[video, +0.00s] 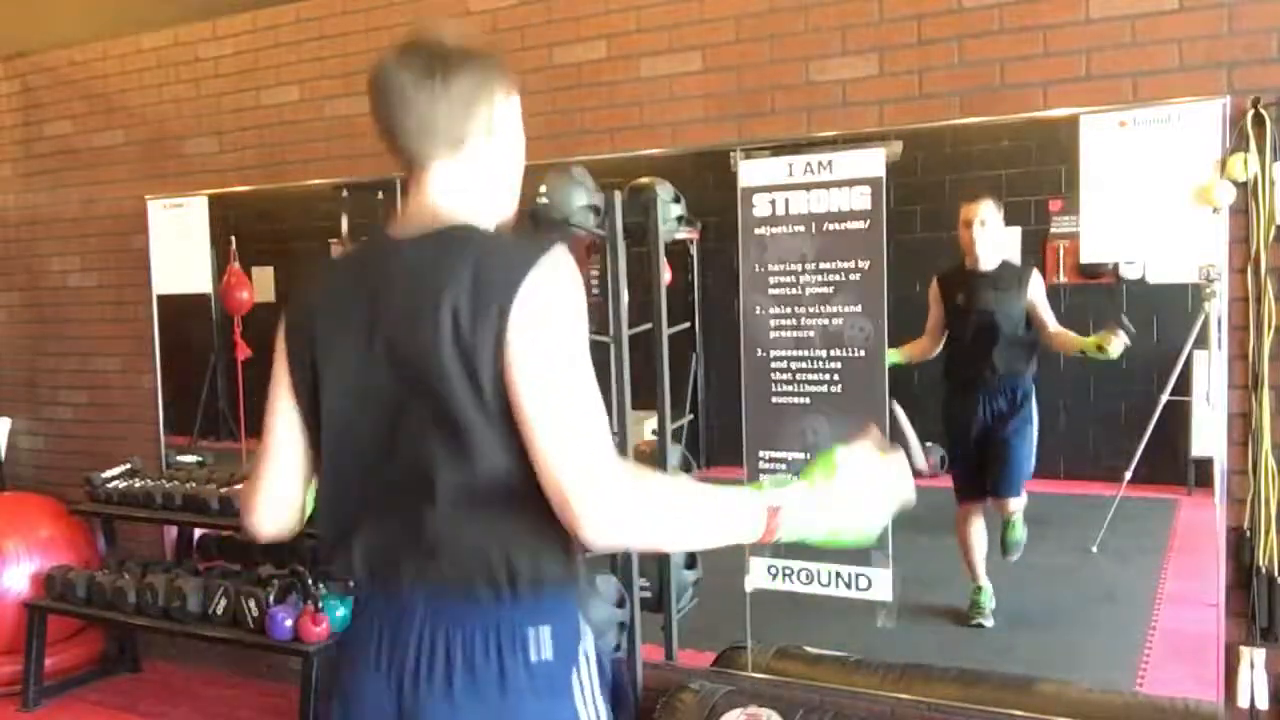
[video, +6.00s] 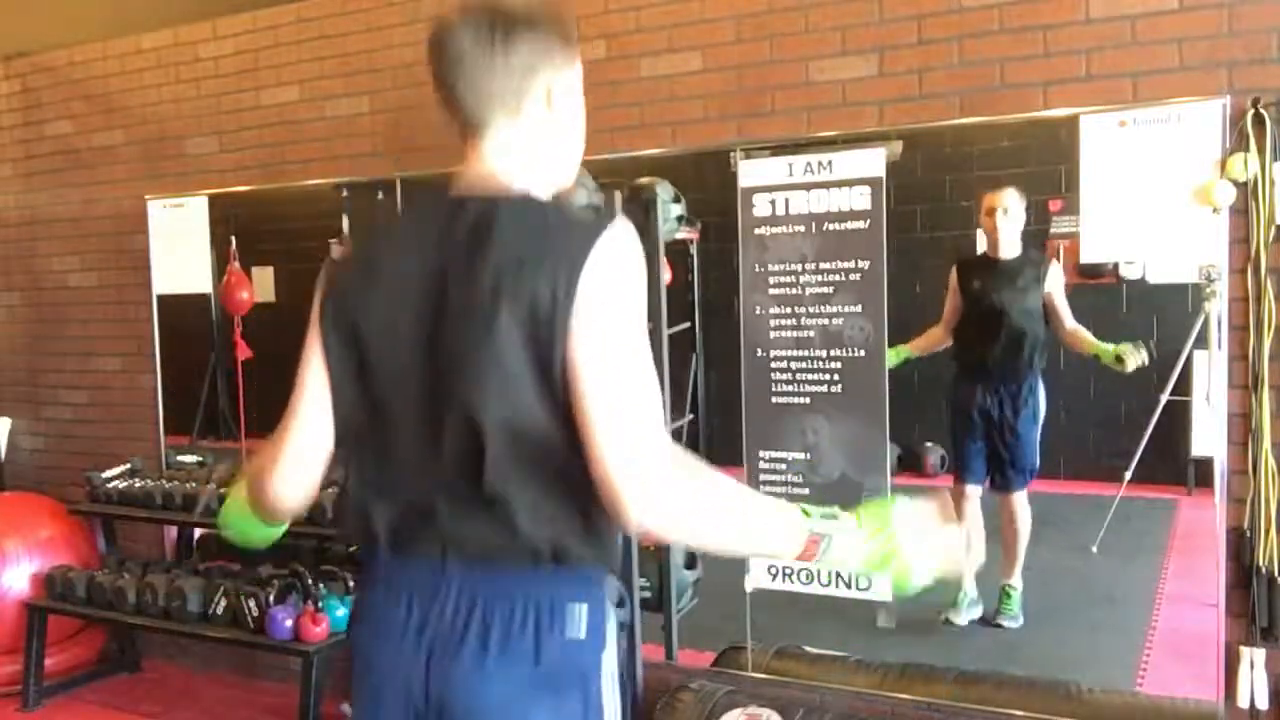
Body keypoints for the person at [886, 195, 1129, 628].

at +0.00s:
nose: (973, 233)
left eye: (983, 224)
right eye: (967, 225)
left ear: (1000, 229)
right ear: (958, 231)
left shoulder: (1026, 281)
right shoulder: (944, 284)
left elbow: (1052, 334)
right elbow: (931, 341)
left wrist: (1090, 344)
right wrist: (893, 354)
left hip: (1015, 398)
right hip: (964, 399)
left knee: (1006, 498)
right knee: (969, 502)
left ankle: (1013, 516)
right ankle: (980, 590)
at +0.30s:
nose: (977, 211)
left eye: (987, 203)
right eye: (971, 202)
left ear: (1005, 209)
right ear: (962, 209)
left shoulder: (1029, 258)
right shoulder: (948, 262)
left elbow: (1054, 316)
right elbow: (934, 326)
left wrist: (1093, 345)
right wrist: (895, 360)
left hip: (1021, 377)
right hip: (971, 379)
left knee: (1017, 479)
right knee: (984, 483)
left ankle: (1016, 585)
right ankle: (996, 582)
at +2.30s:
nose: (984, 209)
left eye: (994, 201)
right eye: (978, 200)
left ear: (1012, 207)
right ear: (968, 206)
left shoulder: (1034, 257)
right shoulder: (952, 258)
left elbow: (1055, 319)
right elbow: (938, 320)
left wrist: (1094, 355)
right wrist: (902, 358)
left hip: (1020, 374)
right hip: (969, 375)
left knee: (1009, 478)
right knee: (978, 491)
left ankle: (1003, 578)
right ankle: (1009, 557)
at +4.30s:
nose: (995, 204)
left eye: (1004, 196)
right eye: (989, 196)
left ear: (1021, 201)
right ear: (978, 203)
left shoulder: (1042, 252)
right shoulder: (963, 254)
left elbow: (1070, 312)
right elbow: (943, 315)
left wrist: (1107, 352)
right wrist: (905, 357)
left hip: (1023, 373)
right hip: (971, 372)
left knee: (1013, 476)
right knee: (966, 476)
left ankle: (1008, 577)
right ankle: (972, 571)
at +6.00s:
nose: (997, 220)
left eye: (1006, 212)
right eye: (990, 212)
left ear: (1023, 218)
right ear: (979, 219)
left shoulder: (1045, 270)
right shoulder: (965, 270)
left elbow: (1068, 329)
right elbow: (946, 328)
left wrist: (1105, 351)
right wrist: (903, 351)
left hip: (1021, 390)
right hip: (971, 388)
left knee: (1012, 492)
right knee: (965, 491)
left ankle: (1010, 590)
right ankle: (966, 593)